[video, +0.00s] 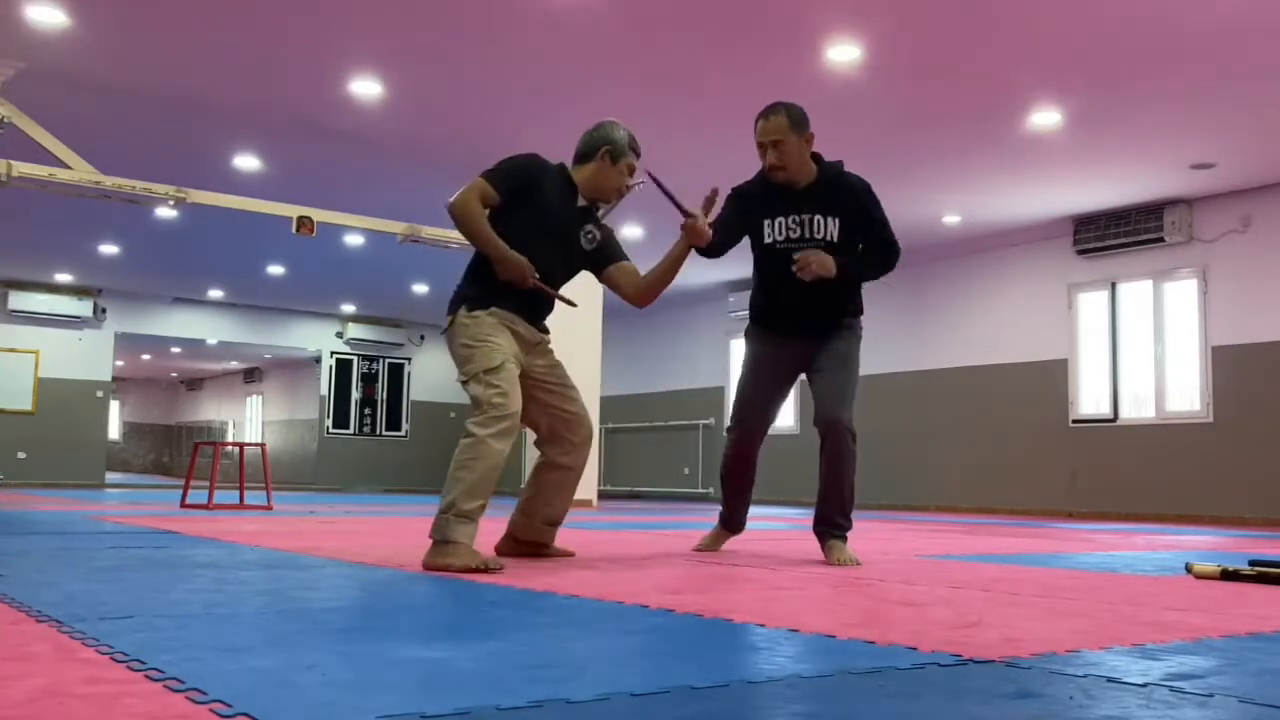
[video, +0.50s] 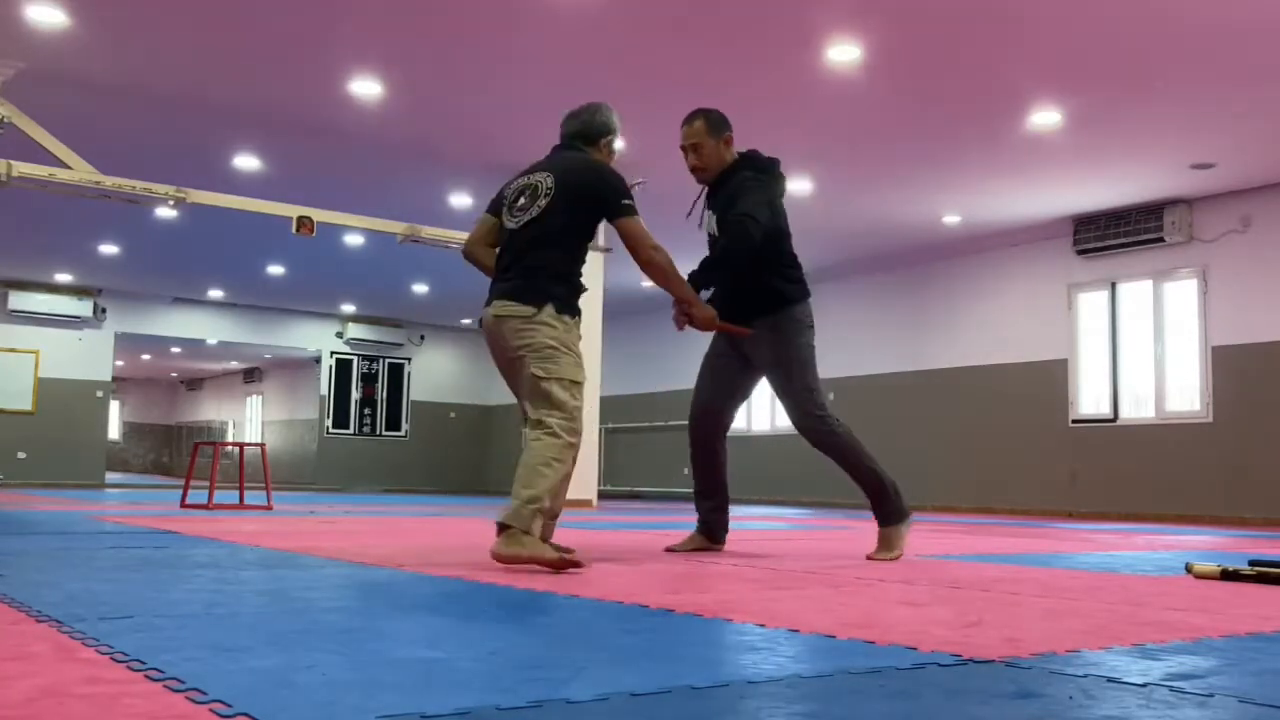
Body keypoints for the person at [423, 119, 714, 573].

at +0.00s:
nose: (631, 185)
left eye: (635, 177)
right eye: (629, 171)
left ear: (605, 165)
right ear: (603, 158)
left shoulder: (593, 232)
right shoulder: (535, 171)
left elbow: (640, 292)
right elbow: (463, 204)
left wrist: (687, 241)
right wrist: (502, 255)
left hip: (529, 336)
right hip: (482, 316)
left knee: (572, 430)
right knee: (501, 411)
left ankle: (527, 537)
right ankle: (449, 544)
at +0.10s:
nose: (629, 186)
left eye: (633, 178)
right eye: (628, 173)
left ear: (605, 167)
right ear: (604, 159)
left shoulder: (591, 234)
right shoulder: (535, 172)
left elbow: (643, 293)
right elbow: (460, 197)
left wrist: (693, 253)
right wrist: (497, 252)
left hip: (527, 337)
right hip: (484, 320)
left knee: (572, 429)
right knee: (503, 419)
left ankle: (527, 536)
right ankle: (448, 544)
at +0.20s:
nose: (627, 189)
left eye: (632, 181)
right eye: (628, 176)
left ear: (607, 167)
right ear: (607, 162)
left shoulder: (586, 234)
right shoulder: (544, 174)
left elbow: (613, 304)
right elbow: (475, 193)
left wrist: (672, 276)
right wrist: (516, 250)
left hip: (529, 337)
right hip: (491, 322)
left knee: (571, 425)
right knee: (507, 422)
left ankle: (529, 533)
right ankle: (450, 544)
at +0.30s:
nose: (623, 184)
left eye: (627, 175)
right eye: (623, 171)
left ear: (588, 156)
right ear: (605, 159)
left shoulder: (557, 188)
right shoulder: (575, 178)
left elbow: (528, 276)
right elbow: (553, 227)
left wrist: (580, 305)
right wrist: (606, 278)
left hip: (528, 329)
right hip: (510, 322)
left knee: (567, 427)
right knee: (507, 428)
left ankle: (530, 535)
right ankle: (453, 541)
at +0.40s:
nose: (617, 166)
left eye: (619, 158)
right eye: (618, 157)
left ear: (569, 146)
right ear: (604, 150)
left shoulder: (528, 180)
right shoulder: (594, 179)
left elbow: (472, 249)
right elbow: (642, 256)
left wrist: (520, 283)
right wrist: (697, 300)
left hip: (496, 316)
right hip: (528, 318)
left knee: (567, 424)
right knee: (532, 423)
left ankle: (529, 535)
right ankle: (466, 527)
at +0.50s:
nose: (614, 157)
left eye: (614, 149)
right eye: (614, 149)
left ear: (566, 138)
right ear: (603, 144)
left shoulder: (525, 178)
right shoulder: (600, 176)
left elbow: (475, 246)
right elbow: (646, 252)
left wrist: (520, 277)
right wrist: (693, 302)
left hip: (501, 313)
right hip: (542, 315)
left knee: (545, 423)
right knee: (559, 425)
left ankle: (536, 535)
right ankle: (519, 535)